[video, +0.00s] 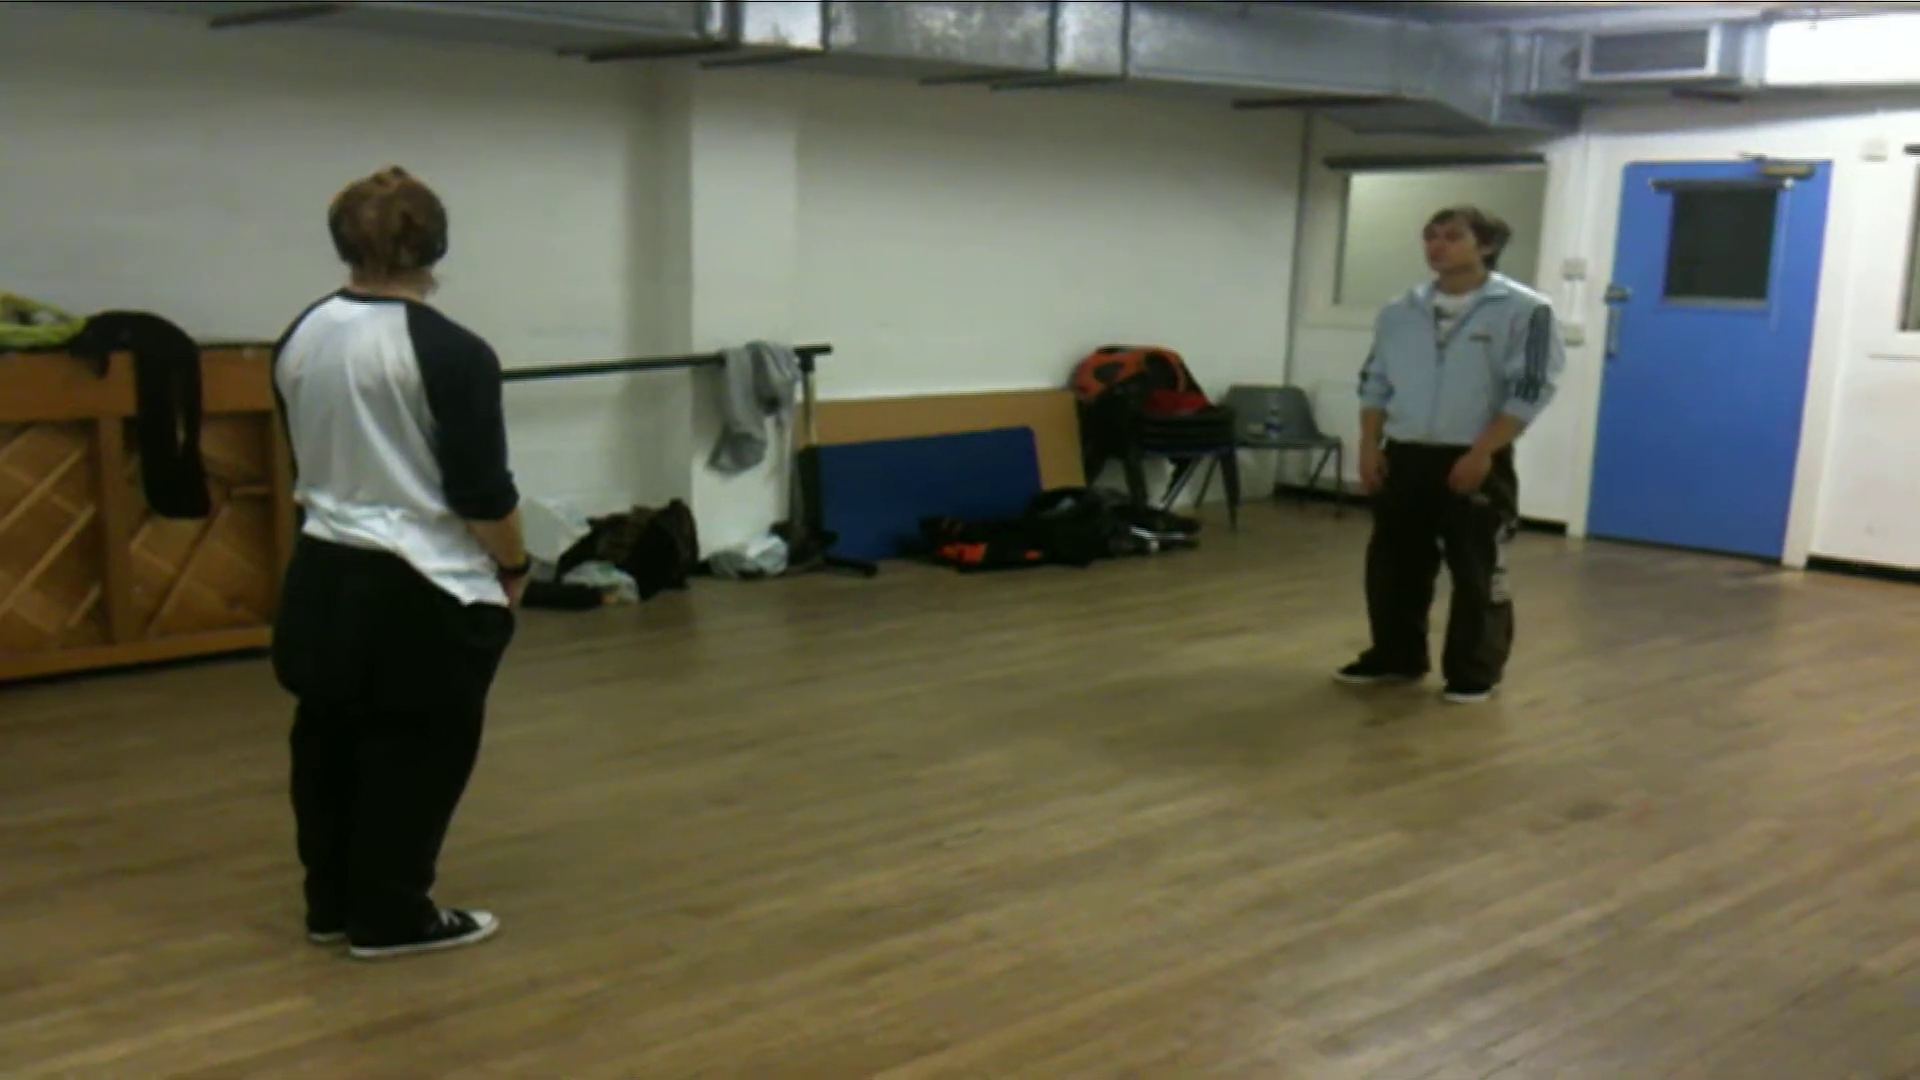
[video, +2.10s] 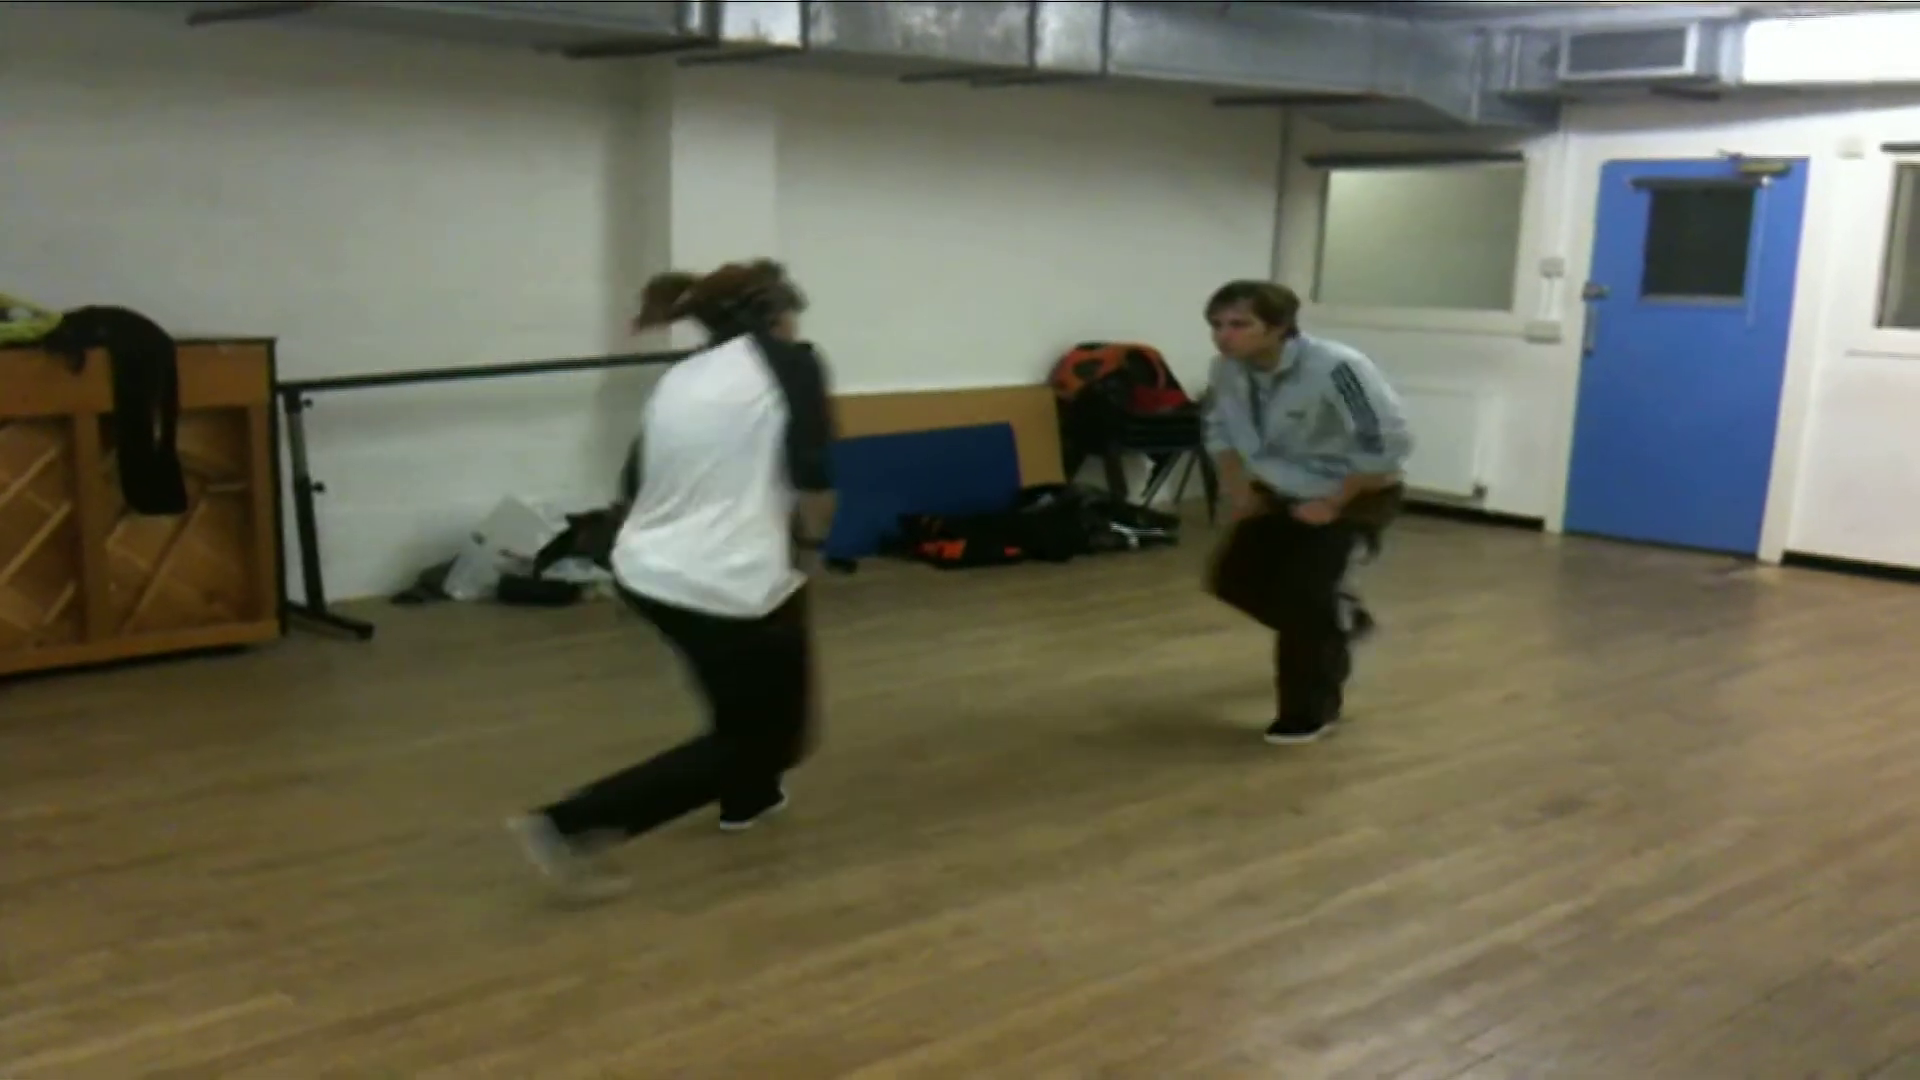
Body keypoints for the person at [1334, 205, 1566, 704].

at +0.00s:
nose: (1439, 246)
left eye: (1453, 237)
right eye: (1432, 238)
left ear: (1484, 247)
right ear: (1424, 247)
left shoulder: (1525, 312)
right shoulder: (1398, 313)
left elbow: (1531, 393)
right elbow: (1375, 383)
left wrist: (1483, 453)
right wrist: (1369, 443)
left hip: (1476, 466)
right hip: (1407, 463)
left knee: (1476, 578)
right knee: (1394, 569)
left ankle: (1472, 672)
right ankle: (1396, 656)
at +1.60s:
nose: (1375, 265)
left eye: (1389, 255)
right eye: (1369, 256)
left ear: (1423, 261)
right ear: (1363, 263)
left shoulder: (1474, 317)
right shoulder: (1349, 325)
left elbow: (1485, 399)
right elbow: (1334, 397)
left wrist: (1443, 458)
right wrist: (1331, 464)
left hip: (1440, 465)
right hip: (1372, 464)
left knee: (1427, 554)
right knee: (1358, 550)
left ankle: (1456, 654)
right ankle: (1386, 644)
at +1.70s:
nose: (1357, 281)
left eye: (1371, 271)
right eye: (1351, 272)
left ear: (1405, 277)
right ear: (1345, 278)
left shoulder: (1454, 314)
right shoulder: (1329, 342)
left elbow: (1468, 387)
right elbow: (1309, 415)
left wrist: (1409, 445)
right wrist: (1317, 471)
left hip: (1439, 453)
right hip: (1371, 454)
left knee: (1373, 537)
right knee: (1339, 546)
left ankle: (1423, 611)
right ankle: (1377, 643)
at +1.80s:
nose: (1329, 294)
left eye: (1343, 284)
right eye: (1324, 284)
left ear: (1376, 290)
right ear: (1317, 290)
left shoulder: (1419, 333)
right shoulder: (1301, 347)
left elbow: (1455, 398)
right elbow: (1284, 419)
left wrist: (1398, 459)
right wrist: (1302, 471)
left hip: (1428, 462)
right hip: (1357, 464)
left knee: (1366, 534)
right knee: (1320, 561)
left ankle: (1380, 636)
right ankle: (1385, 637)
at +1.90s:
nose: (1281, 318)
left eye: (1294, 308)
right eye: (1276, 309)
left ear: (1327, 313)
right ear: (1271, 314)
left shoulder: (1371, 358)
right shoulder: (1278, 360)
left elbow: (1448, 418)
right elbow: (1264, 421)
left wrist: (1410, 491)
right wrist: (1291, 472)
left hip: (1408, 484)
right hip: (1344, 479)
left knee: (1375, 576)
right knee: (1314, 576)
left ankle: (1332, 687)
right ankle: (1394, 641)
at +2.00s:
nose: (1239, 339)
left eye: (1252, 329)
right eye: (1235, 329)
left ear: (1288, 334)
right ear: (1232, 333)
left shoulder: (1341, 375)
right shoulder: (1253, 375)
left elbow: (1421, 436)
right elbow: (1249, 437)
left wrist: (1384, 505)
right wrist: (1267, 485)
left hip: (1382, 498)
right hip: (1317, 495)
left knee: (1350, 599)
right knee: (1294, 585)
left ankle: (1318, 711)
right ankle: (1390, 644)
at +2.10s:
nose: (1222, 337)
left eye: (1236, 325)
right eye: (1217, 326)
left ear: (1275, 328)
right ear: (1212, 328)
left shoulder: (1337, 369)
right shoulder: (1229, 371)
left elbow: (1391, 443)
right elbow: (1218, 430)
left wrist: (1337, 501)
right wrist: (1237, 486)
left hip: (1351, 496)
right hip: (1281, 492)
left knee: (1303, 591)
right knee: (1232, 575)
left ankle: (1308, 710)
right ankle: (1332, 618)